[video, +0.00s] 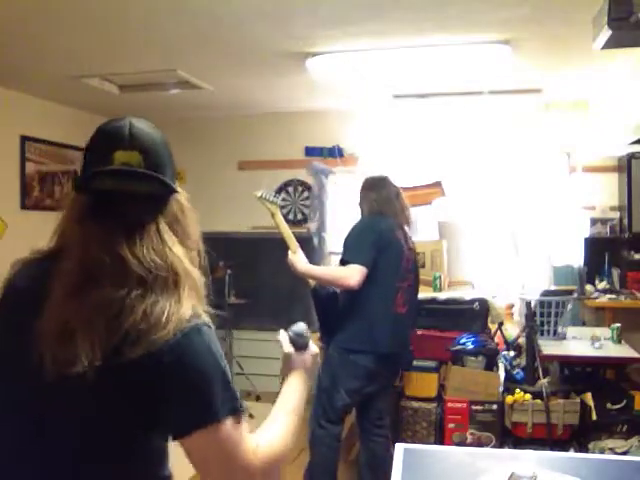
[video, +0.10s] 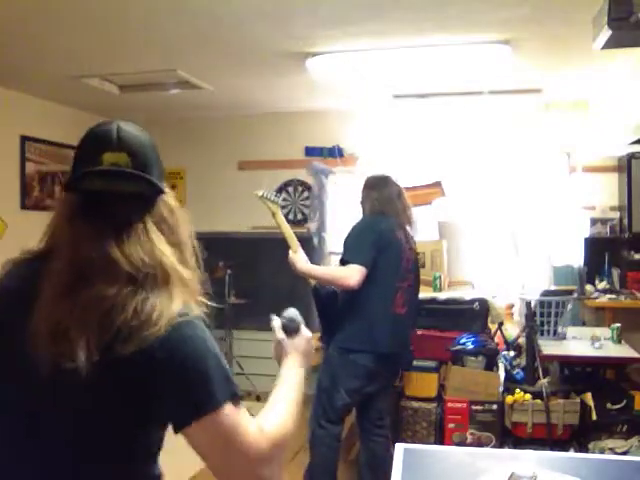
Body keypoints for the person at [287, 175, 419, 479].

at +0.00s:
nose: (359, 204)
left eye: (361, 199)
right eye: (360, 198)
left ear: (366, 199)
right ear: (394, 199)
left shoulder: (370, 227)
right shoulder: (401, 235)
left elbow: (352, 277)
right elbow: (391, 289)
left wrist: (306, 268)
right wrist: (342, 266)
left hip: (358, 346)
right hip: (390, 347)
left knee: (326, 422)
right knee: (376, 428)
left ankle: (320, 474)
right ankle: (377, 476)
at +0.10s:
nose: (361, 202)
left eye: (363, 197)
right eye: (362, 197)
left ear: (368, 198)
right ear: (396, 199)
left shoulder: (371, 227)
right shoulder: (404, 236)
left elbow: (352, 277)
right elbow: (395, 290)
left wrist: (306, 268)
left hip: (358, 345)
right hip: (391, 347)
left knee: (326, 422)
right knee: (376, 428)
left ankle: (321, 474)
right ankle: (377, 476)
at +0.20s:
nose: (363, 202)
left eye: (364, 197)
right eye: (364, 196)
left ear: (370, 198)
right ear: (398, 199)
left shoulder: (371, 227)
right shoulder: (406, 236)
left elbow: (351, 278)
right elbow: (397, 290)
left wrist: (308, 268)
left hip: (357, 345)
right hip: (391, 348)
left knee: (326, 423)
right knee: (376, 429)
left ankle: (321, 474)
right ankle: (377, 476)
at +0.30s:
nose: (363, 201)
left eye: (365, 196)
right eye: (364, 195)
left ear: (371, 197)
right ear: (399, 199)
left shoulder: (370, 227)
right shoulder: (408, 237)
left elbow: (349, 279)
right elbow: (399, 291)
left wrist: (307, 268)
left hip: (356, 345)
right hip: (391, 348)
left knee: (326, 424)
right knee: (377, 431)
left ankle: (322, 474)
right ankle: (377, 476)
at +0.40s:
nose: (363, 201)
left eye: (365, 196)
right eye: (365, 195)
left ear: (370, 198)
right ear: (399, 199)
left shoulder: (369, 228)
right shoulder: (408, 237)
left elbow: (348, 280)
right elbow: (393, 291)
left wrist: (306, 270)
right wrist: (327, 278)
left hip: (356, 346)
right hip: (392, 348)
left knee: (325, 424)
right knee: (376, 431)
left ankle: (321, 474)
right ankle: (376, 476)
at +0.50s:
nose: (362, 202)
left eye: (364, 196)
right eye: (364, 196)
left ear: (369, 198)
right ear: (398, 200)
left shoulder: (367, 230)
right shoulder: (410, 240)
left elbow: (346, 281)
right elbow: (394, 293)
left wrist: (305, 271)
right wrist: (326, 280)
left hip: (355, 346)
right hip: (392, 349)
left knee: (324, 424)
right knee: (376, 431)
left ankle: (320, 474)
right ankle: (375, 476)